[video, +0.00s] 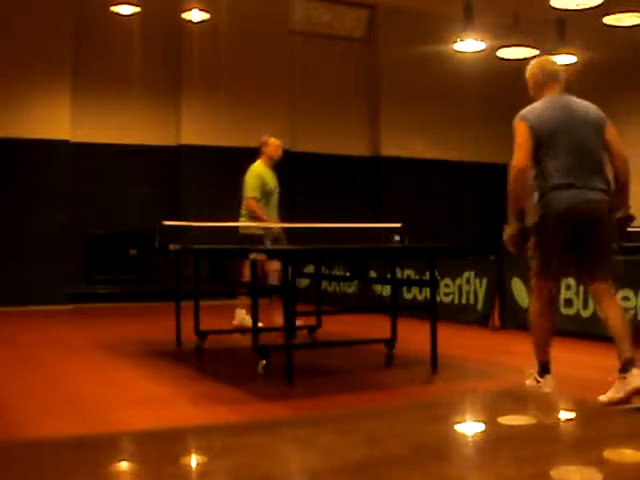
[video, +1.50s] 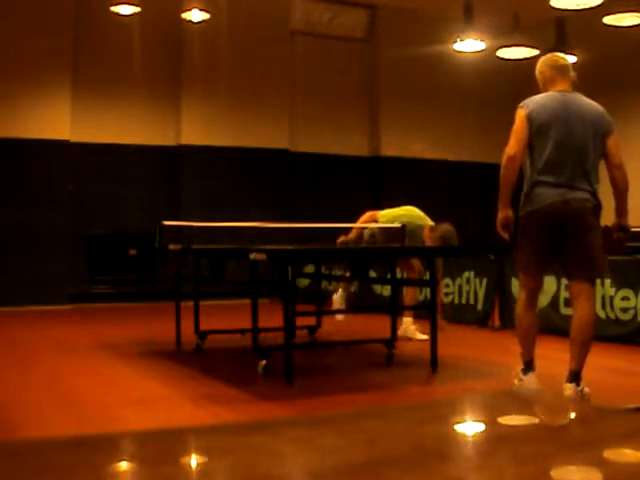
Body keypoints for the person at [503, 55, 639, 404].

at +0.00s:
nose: (528, 91)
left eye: (528, 86)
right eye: (530, 86)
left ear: (533, 85)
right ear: (561, 81)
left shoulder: (528, 116)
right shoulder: (593, 111)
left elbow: (520, 167)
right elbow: (621, 161)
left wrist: (514, 219)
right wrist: (622, 204)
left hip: (554, 210)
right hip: (597, 208)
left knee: (543, 291)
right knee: (602, 286)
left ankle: (542, 373)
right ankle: (628, 367)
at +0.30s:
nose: (515, 88)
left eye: (515, 83)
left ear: (519, 84)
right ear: (548, 79)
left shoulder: (507, 116)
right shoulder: (575, 107)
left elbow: (491, 166)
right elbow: (603, 153)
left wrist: (491, 213)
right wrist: (612, 195)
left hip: (537, 206)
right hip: (580, 203)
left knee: (538, 290)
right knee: (593, 282)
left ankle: (543, 373)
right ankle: (594, 361)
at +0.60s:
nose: (521, 83)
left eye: (522, 78)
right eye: (524, 77)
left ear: (526, 80)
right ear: (554, 79)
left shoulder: (511, 114)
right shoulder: (579, 110)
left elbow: (495, 165)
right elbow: (604, 158)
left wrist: (495, 211)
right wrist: (610, 205)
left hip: (532, 205)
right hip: (574, 205)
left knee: (536, 290)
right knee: (578, 288)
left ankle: (542, 374)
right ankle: (573, 375)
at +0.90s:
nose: (533, 82)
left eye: (532, 77)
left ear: (536, 80)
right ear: (565, 78)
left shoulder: (522, 113)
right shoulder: (590, 113)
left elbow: (508, 164)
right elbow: (609, 163)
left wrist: (503, 213)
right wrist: (620, 212)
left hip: (535, 204)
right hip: (578, 205)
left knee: (537, 291)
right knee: (578, 289)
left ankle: (542, 373)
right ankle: (574, 378)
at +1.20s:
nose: (543, 85)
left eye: (542, 80)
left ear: (543, 82)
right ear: (574, 80)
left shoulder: (531, 110)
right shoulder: (599, 114)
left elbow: (514, 158)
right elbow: (619, 168)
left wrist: (507, 207)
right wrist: (628, 217)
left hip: (542, 210)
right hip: (585, 211)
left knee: (538, 293)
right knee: (583, 292)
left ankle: (543, 374)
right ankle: (575, 380)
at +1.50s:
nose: (539, 85)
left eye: (538, 80)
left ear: (542, 80)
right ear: (572, 78)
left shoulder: (530, 108)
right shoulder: (597, 112)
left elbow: (512, 155)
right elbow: (617, 170)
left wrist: (504, 205)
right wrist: (621, 217)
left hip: (538, 210)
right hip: (582, 212)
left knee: (529, 293)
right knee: (583, 295)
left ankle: (527, 370)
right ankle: (574, 380)